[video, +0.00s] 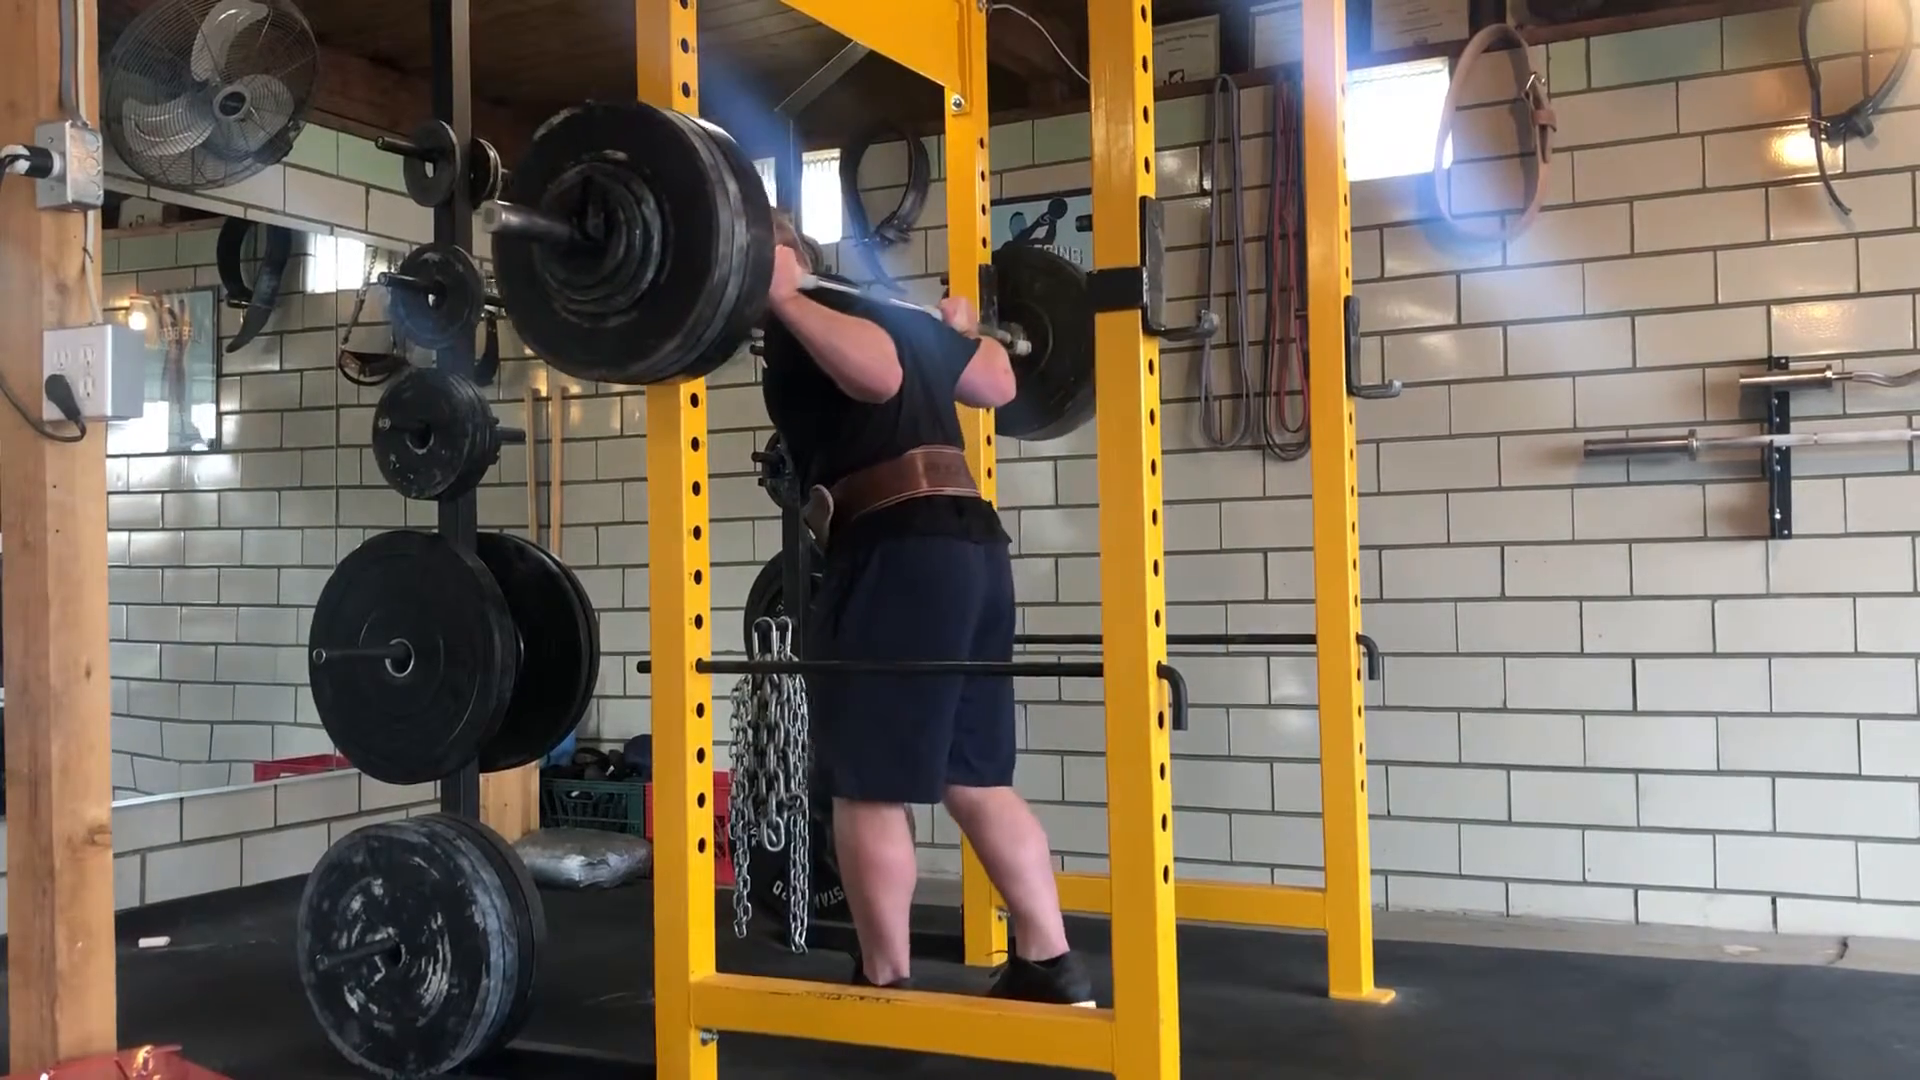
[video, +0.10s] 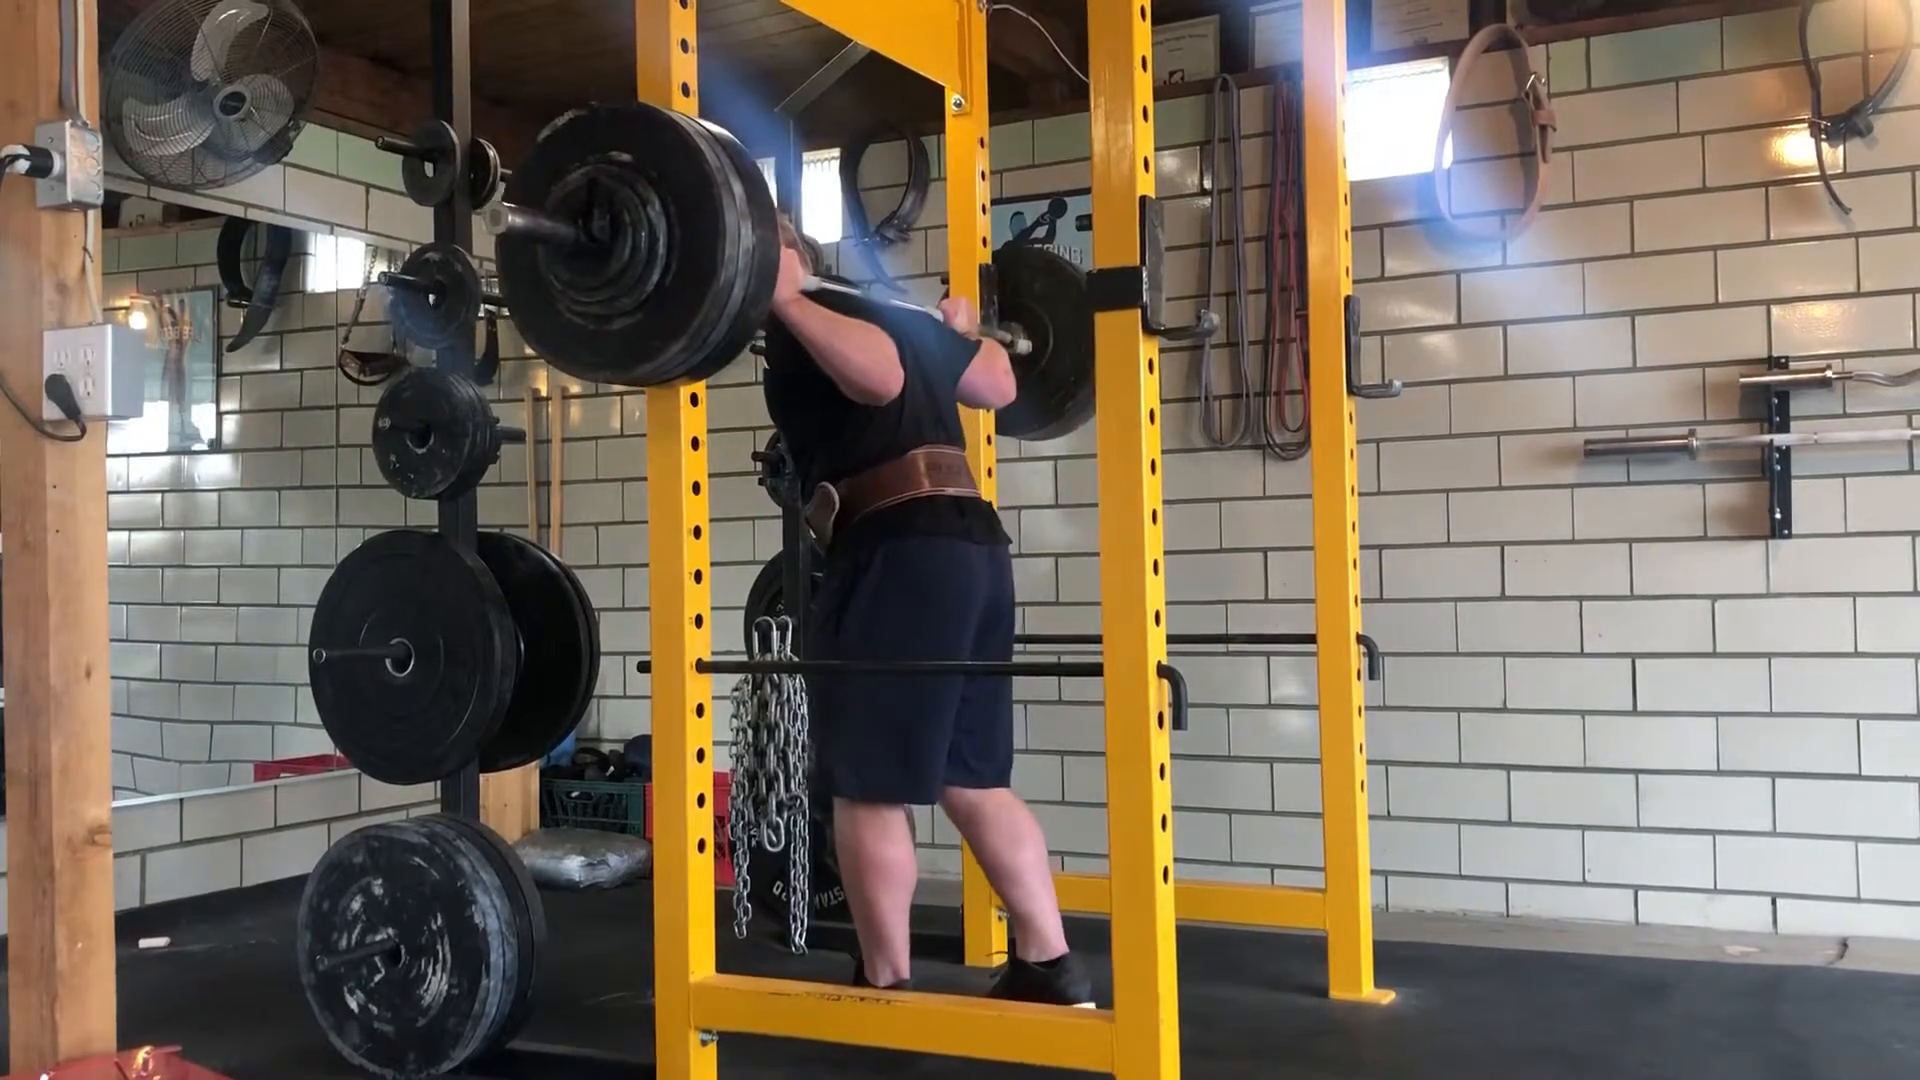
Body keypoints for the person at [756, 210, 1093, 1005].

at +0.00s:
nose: (752, 271)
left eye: (756, 252)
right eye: (750, 255)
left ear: (786, 251)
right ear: (804, 250)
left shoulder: (807, 317)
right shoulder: (894, 317)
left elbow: (880, 375)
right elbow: (997, 381)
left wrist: (781, 298)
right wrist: (964, 330)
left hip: (899, 554)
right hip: (977, 553)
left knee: (868, 784)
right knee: (975, 778)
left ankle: (884, 986)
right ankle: (1048, 964)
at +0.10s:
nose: (754, 271)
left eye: (758, 252)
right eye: (752, 255)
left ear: (786, 251)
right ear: (801, 250)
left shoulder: (808, 322)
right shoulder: (893, 316)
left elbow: (882, 378)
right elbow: (998, 382)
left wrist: (782, 297)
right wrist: (968, 334)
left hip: (899, 551)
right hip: (977, 548)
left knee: (868, 784)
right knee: (973, 778)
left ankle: (884, 987)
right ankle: (1048, 965)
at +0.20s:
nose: (757, 276)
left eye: (760, 257)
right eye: (756, 260)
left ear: (788, 255)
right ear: (802, 251)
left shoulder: (809, 322)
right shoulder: (895, 321)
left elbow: (885, 381)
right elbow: (999, 385)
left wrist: (788, 303)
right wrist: (967, 335)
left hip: (907, 550)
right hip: (982, 547)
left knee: (870, 784)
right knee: (977, 778)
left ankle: (885, 986)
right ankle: (1049, 966)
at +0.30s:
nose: (756, 281)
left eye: (763, 261)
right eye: (755, 265)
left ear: (793, 261)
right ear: (805, 261)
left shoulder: (810, 327)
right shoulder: (890, 319)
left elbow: (886, 382)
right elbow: (1002, 385)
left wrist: (786, 307)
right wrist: (970, 337)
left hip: (918, 554)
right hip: (990, 552)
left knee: (874, 785)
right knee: (983, 781)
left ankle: (886, 986)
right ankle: (1050, 968)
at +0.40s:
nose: (754, 280)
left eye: (760, 260)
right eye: (753, 263)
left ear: (790, 260)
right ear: (805, 259)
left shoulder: (809, 328)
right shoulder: (889, 320)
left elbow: (887, 381)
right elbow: (1002, 385)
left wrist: (785, 306)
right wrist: (971, 338)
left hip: (923, 553)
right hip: (996, 552)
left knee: (876, 780)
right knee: (987, 778)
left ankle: (886, 983)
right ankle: (1049, 966)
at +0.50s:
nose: (750, 281)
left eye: (754, 262)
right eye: (750, 265)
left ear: (784, 260)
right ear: (803, 257)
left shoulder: (808, 326)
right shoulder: (888, 319)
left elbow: (886, 381)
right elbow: (1002, 385)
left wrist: (784, 306)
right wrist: (969, 339)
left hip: (924, 552)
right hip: (997, 550)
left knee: (876, 780)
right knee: (985, 777)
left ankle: (886, 985)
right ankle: (1049, 968)